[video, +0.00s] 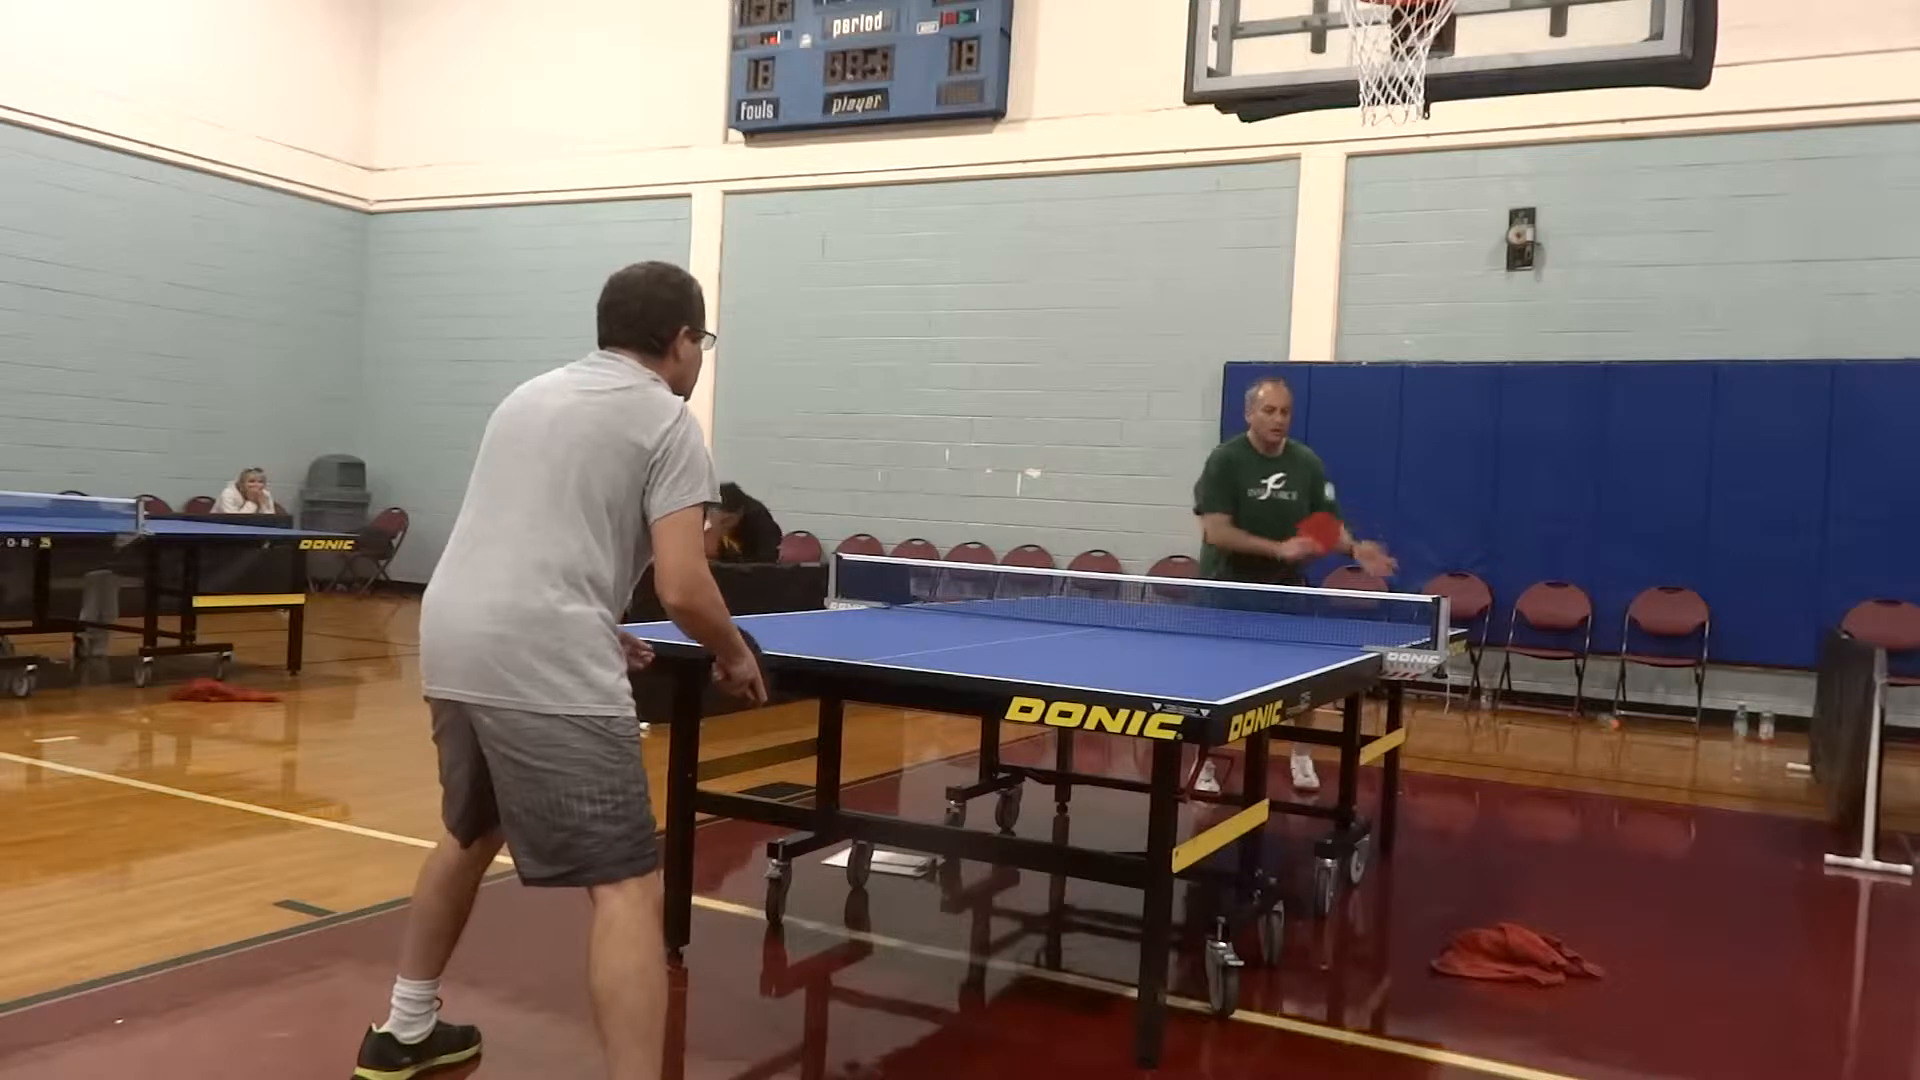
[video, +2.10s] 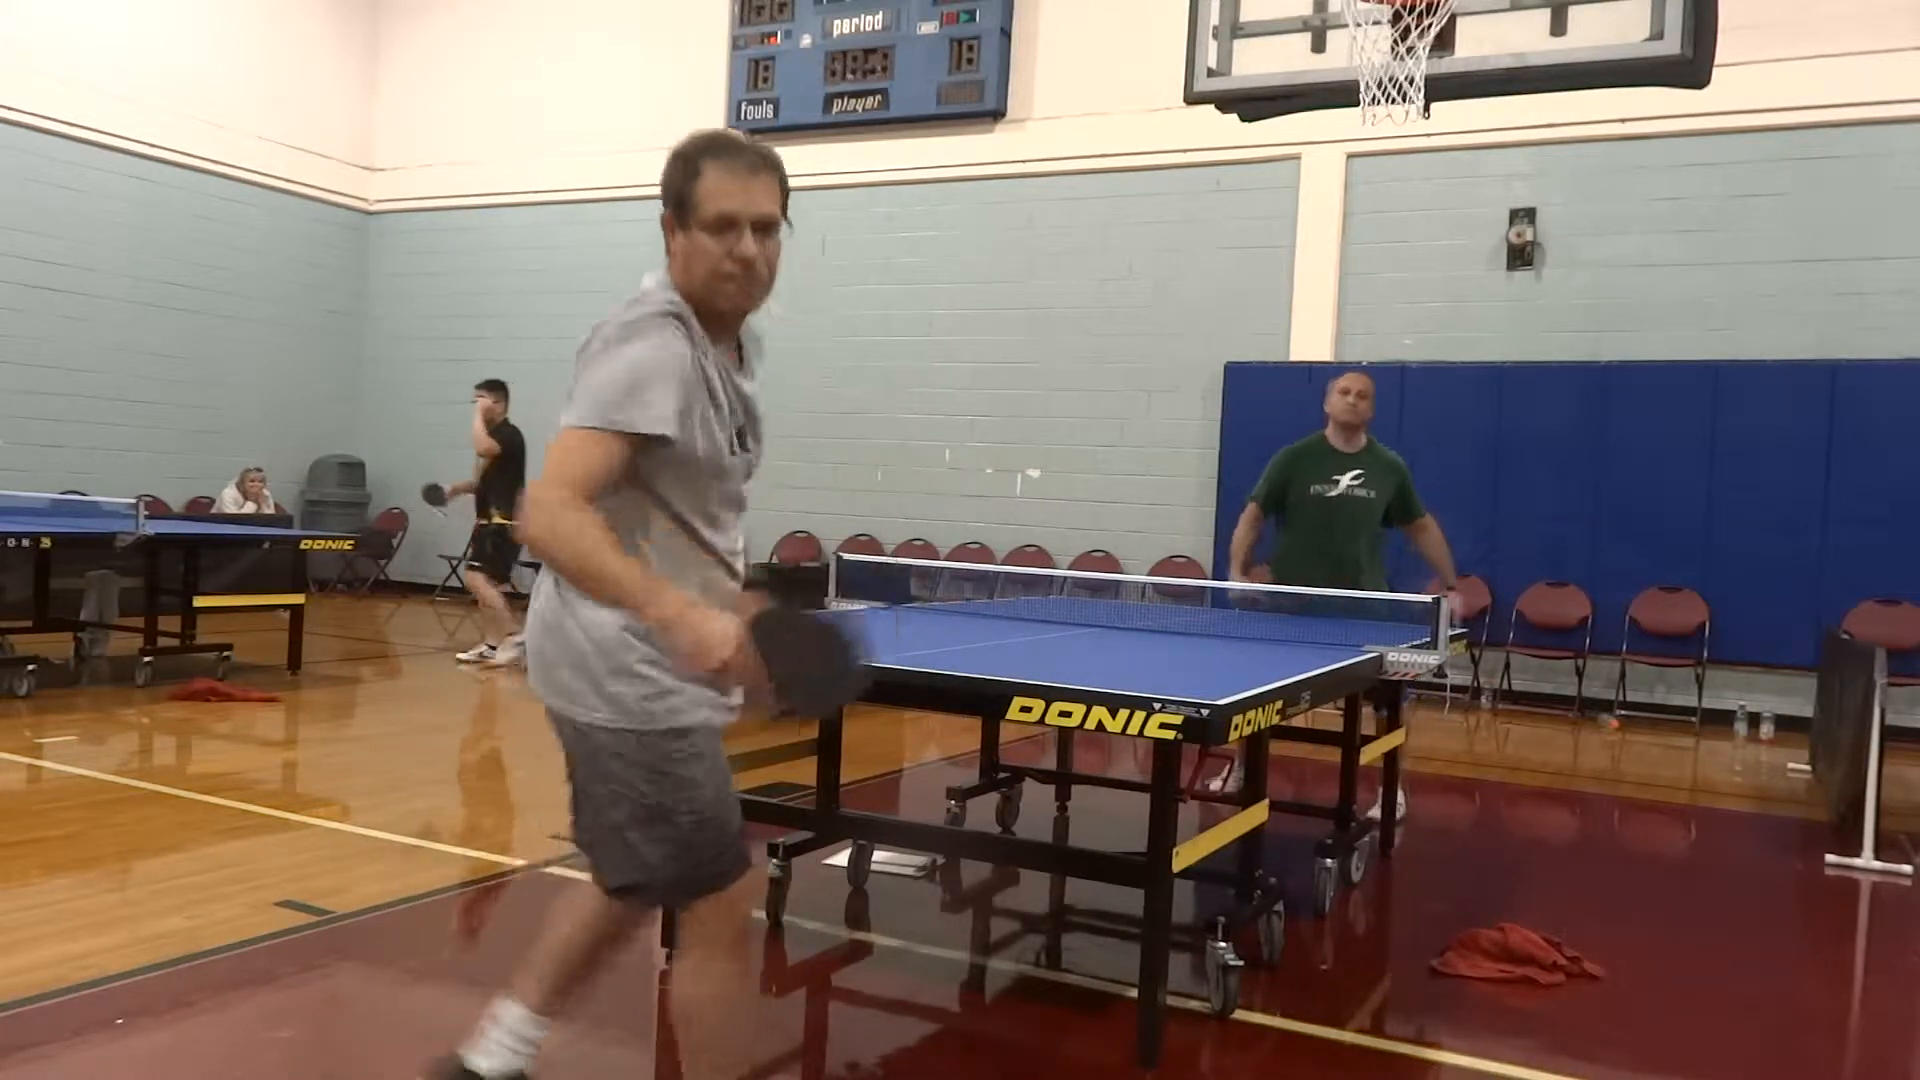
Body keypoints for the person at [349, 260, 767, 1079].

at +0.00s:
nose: (703, 356)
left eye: (702, 341)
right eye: (701, 340)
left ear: (606, 335)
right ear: (675, 341)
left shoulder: (528, 396)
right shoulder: (666, 422)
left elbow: (508, 539)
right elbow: (683, 585)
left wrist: (597, 626)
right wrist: (733, 654)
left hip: (450, 649)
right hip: (551, 666)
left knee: (469, 832)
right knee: (626, 881)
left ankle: (405, 1028)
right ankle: (636, 1072)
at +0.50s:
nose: (727, 349)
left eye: (729, 335)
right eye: (726, 334)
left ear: (632, 326)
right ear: (699, 329)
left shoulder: (553, 395)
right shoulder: (703, 400)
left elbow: (496, 536)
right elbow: (814, 514)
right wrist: (777, 573)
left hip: (506, 659)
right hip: (617, 668)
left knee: (496, 833)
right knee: (733, 862)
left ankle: (408, 1026)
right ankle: (730, 1070)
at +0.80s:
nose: (777, 300)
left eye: (776, 289)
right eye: (776, 288)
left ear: (676, 289)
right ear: (759, 286)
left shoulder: (612, 372)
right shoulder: (796, 360)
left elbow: (528, 526)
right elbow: (935, 435)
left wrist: (592, 589)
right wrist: (930, 509)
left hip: (613, 663)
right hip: (748, 675)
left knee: (561, 836)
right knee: (785, 882)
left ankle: (491, 1017)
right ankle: (758, 1074)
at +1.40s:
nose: (731, 295)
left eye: (732, 280)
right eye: (729, 279)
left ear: (629, 278)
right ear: (707, 280)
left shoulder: (552, 355)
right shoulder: (717, 376)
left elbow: (456, 484)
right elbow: (802, 549)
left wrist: (531, 554)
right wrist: (816, 577)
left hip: (507, 640)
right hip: (628, 651)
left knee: (472, 820)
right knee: (707, 856)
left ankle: (406, 1013)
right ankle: (678, 1070)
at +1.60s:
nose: (702, 362)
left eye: (700, 345)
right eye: (697, 345)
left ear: (607, 342)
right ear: (666, 346)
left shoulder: (530, 415)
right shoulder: (652, 433)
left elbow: (447, 546)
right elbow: (664, 589)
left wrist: (553, 571)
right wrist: (738, 632)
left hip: (457, 687)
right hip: (564, 699)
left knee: (448, 847)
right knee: (722, 874)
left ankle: (340, 1025)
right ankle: (680, 1072)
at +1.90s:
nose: (764, 325)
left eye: (769, 305)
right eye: (746, 303)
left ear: (675, 303)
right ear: (677, 300)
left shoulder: (618, 368)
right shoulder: (662, 389)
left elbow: (578, 522)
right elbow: (626, 525)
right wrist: (730, 602)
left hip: (539, 666)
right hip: (607, 683)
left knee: (508, 846)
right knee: (752, 885)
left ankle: (376, 1010)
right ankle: (724, 1070)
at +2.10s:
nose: (748, 251)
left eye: (766, 229)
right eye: (722, 228)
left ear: (783, 236)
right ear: (671, 231)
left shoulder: (721, 347)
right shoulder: (650, 344)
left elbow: (680, 524)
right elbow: (546, 510)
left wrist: (741, 625)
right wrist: (672, 613)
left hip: (647, 675)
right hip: (625, 682)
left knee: (627, 878)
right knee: (719, 906)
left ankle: (492, 1056)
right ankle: (722, 1074)